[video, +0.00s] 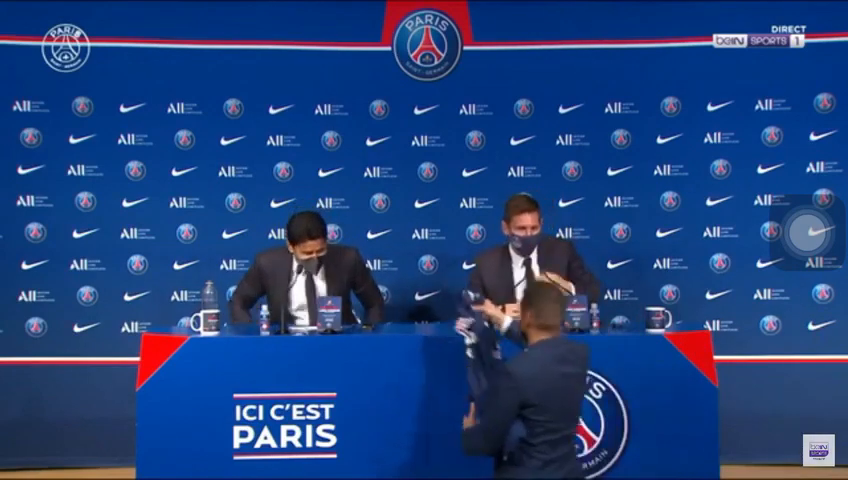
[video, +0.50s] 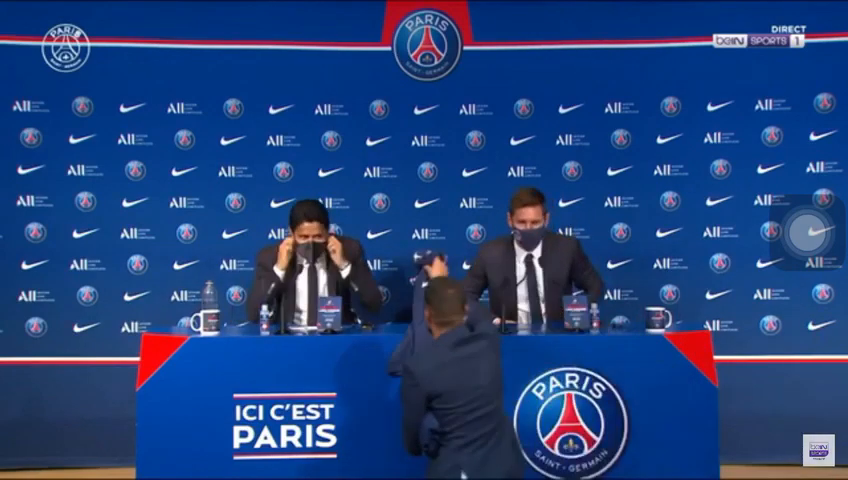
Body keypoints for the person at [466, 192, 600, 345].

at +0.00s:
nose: (528, 236)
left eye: (534, 229)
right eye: (521, 229)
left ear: (541, 225)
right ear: (506, 228)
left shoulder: (562, 250)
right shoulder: (487, 262)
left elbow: (593, 291)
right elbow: (474, 306)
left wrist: (569, 289)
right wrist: (501, 312)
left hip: (556, 340)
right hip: (505, 344)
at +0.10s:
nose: (527, 236)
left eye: (532, 229)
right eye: (520, 230)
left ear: (539, 226)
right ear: (503, 228)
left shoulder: (561, 251)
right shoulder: (487, 261)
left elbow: (594, 290)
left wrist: (571, 299)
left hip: (557, 341)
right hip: (504, 345)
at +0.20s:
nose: (525, 236)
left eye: (531, 229)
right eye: (518, 230)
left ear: (538, 225)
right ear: (503, 229)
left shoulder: (559, 250)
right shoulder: (486, 261)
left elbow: (592, 288)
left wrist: (569, 310)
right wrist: (474, 299)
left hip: (556, 344)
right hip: (508, 348)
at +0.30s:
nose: (525, 235)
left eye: (530, 228)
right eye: (518, 229)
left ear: (538, 223)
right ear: (503, 227)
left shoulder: (559, 250)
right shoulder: (485, 261)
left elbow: (591, 288)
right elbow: (478, 316)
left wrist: (572, 317)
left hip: (556, 342)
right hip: (506, 345)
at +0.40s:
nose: (528, 232)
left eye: (533, 225)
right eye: (521, 225)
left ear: (543, 221)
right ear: (506, 223)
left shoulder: (563, 250)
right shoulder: (490, 257)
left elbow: (592, 287)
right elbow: (467, 298)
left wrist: (579, 320)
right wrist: (490, 328)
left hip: (555, 341)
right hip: (507, 342)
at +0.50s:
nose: (529, 229)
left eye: (535, 223)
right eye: (522, 223)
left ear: (546, 219)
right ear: (510, 221)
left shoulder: (568, 249)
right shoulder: (492, 252)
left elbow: (595, 287)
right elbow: (468, 295)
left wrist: (579, 317)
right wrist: (491, 320)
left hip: (557, 342)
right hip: (510, 343)